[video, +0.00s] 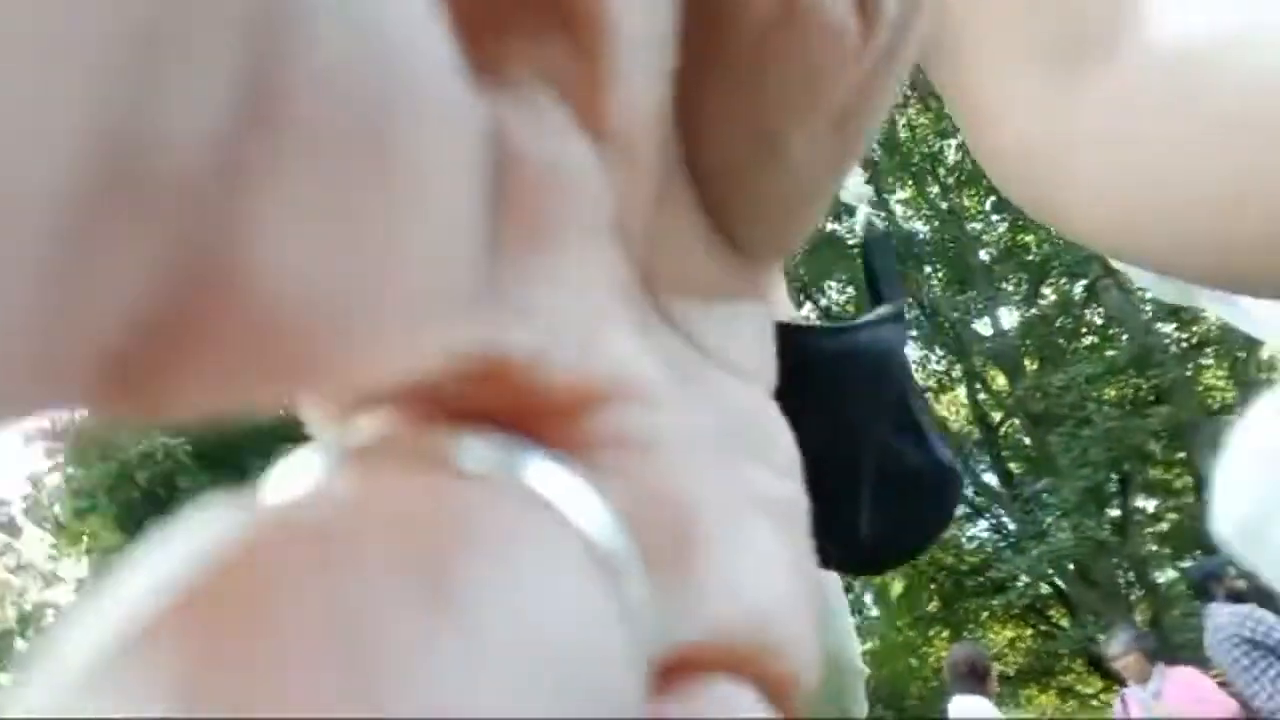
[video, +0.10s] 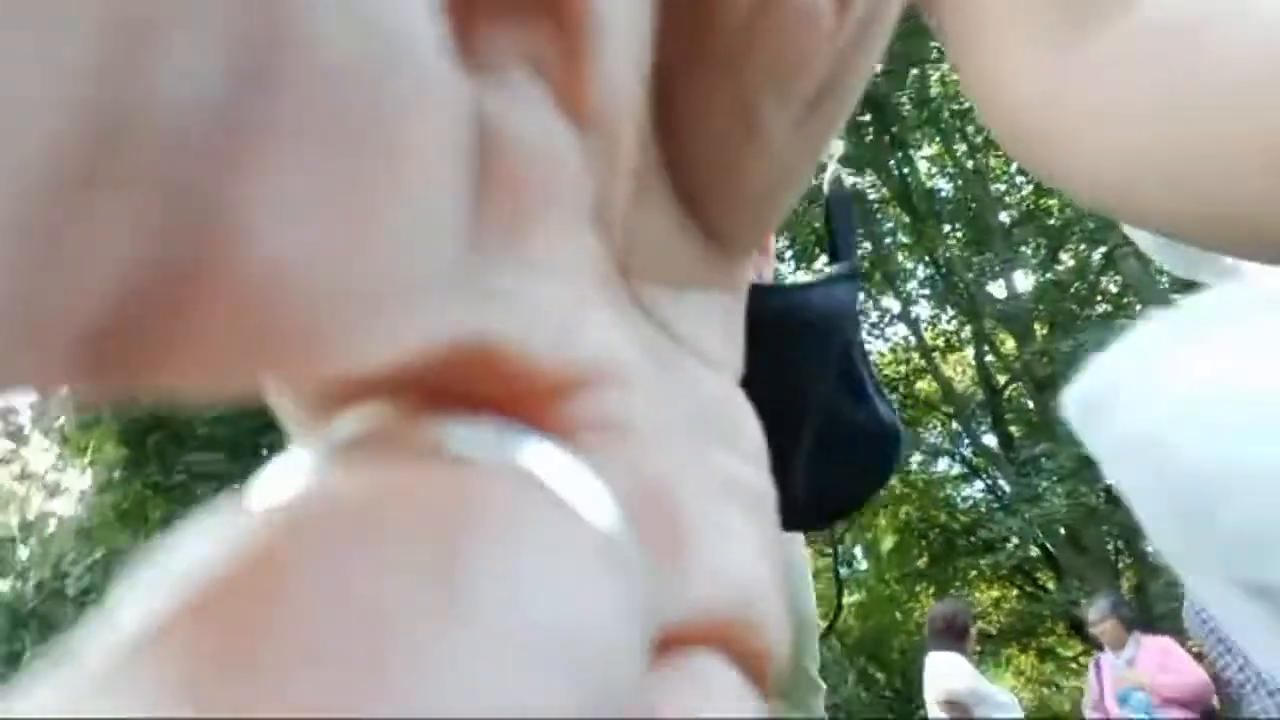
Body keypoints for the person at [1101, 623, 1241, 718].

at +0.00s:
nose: (1120, 666)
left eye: (1125, 656)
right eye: (1114, 661)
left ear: (1143, 653)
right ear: (1110, 666)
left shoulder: (1188, 679)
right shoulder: (1124, 704)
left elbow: (1230, 711)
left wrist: (1173, 712)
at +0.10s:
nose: (1096, 631)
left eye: (1101, 623)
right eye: (1092, 626)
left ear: (1121, 619)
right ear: (1089, 630)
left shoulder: (1162, 647)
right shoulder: (1098, 666)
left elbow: (1203, 688)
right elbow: (1093, 710)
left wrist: (1146, 682)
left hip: (1172, 714)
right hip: (1123, 714)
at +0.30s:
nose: (1122, 611)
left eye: (1127, 603)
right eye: (1116, 607)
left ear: (1144, 600)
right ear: (1111, 612)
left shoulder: (1184, 630)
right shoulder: (1120, 647)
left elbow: (1222, 672)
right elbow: (1109, 687)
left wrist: (1166, 665)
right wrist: (1124, 712)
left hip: (1198, 713)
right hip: (1146, 714)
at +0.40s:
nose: (1125, 606)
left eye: (1129, 597)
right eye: (1118, 601)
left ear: (1146, 593)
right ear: (1114, 607)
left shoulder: (1187, 622)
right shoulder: (1123, 642)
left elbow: (1228, 663)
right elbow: (1115, 681)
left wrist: (1173, 658)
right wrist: (1133, 710)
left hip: (1208, 711)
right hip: (1156, 714)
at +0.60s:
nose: (1100, 646)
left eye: (1104, 637)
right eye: (1094, 641)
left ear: (1121, 633)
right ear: (1089, 646)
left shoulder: (1161, 661)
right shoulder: (1097, 682)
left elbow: (1203, 701)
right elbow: (1091, 715)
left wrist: (1145, 696)